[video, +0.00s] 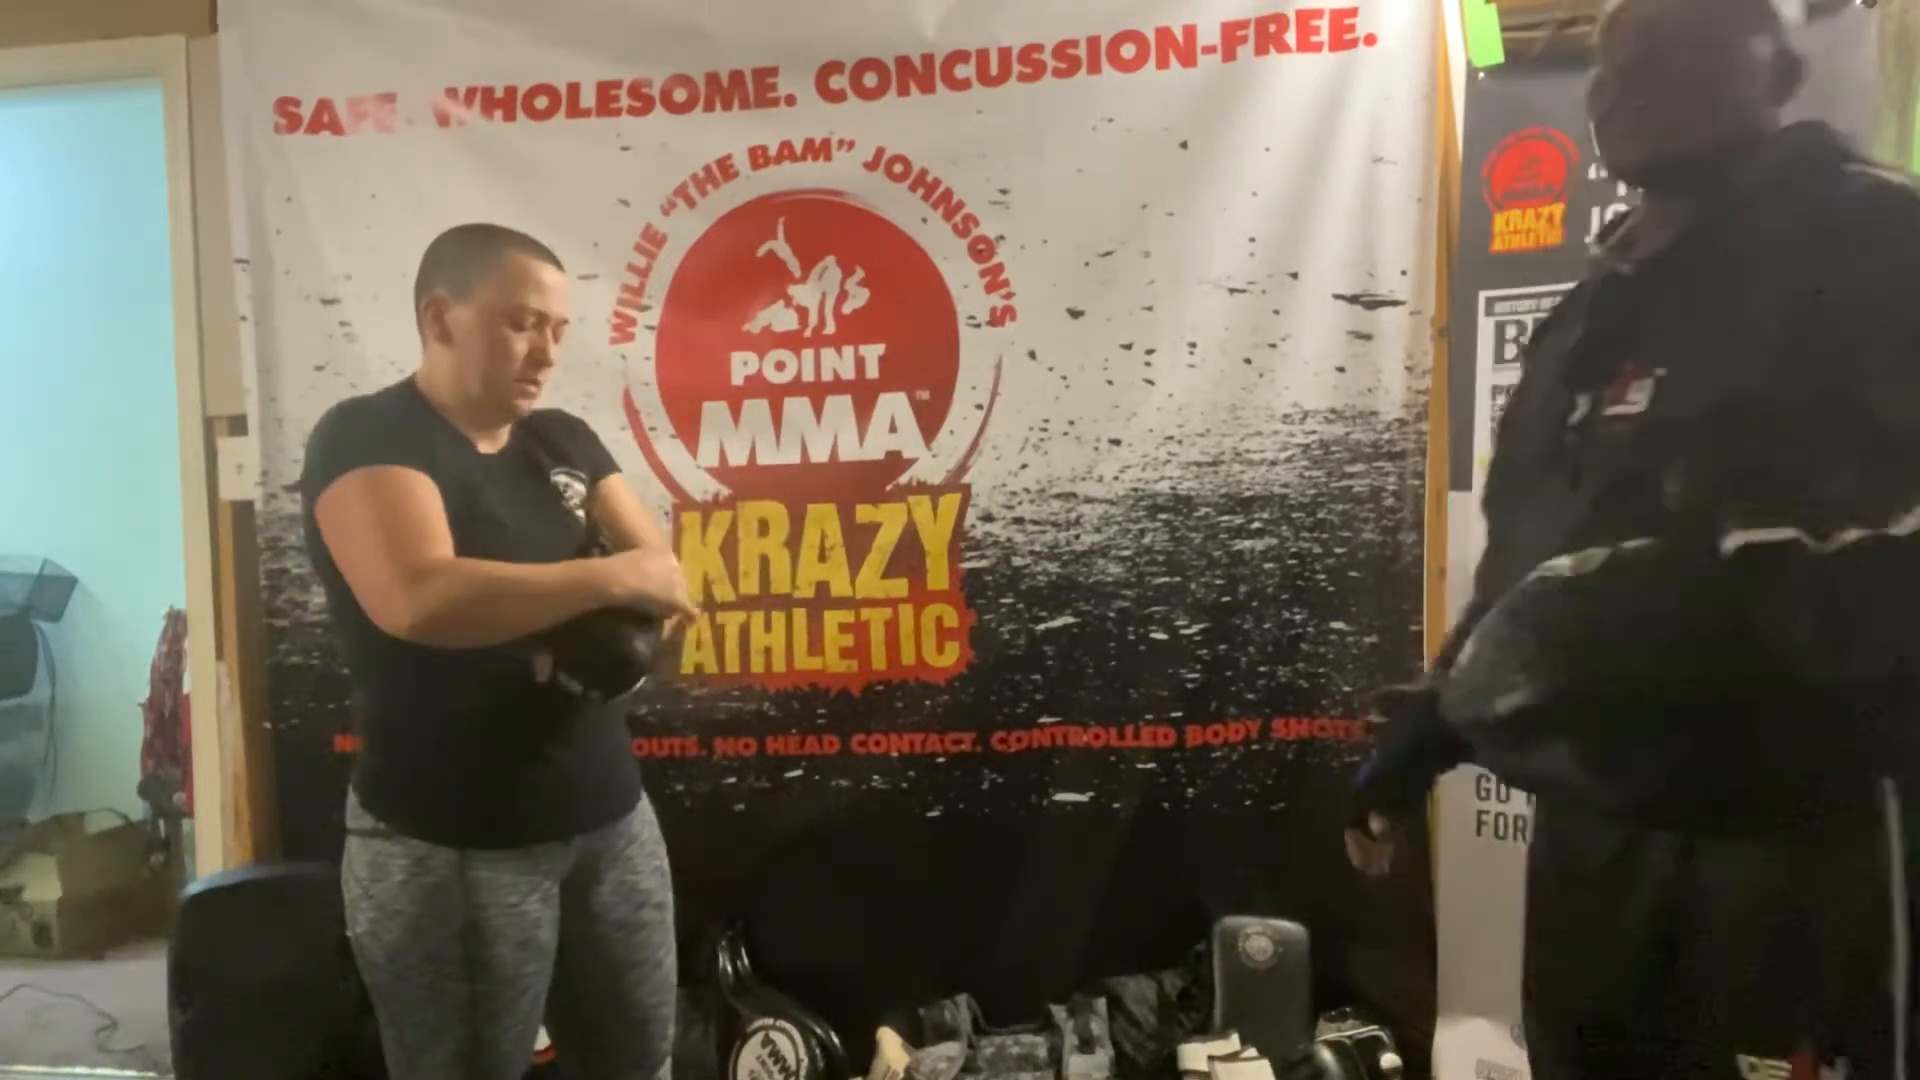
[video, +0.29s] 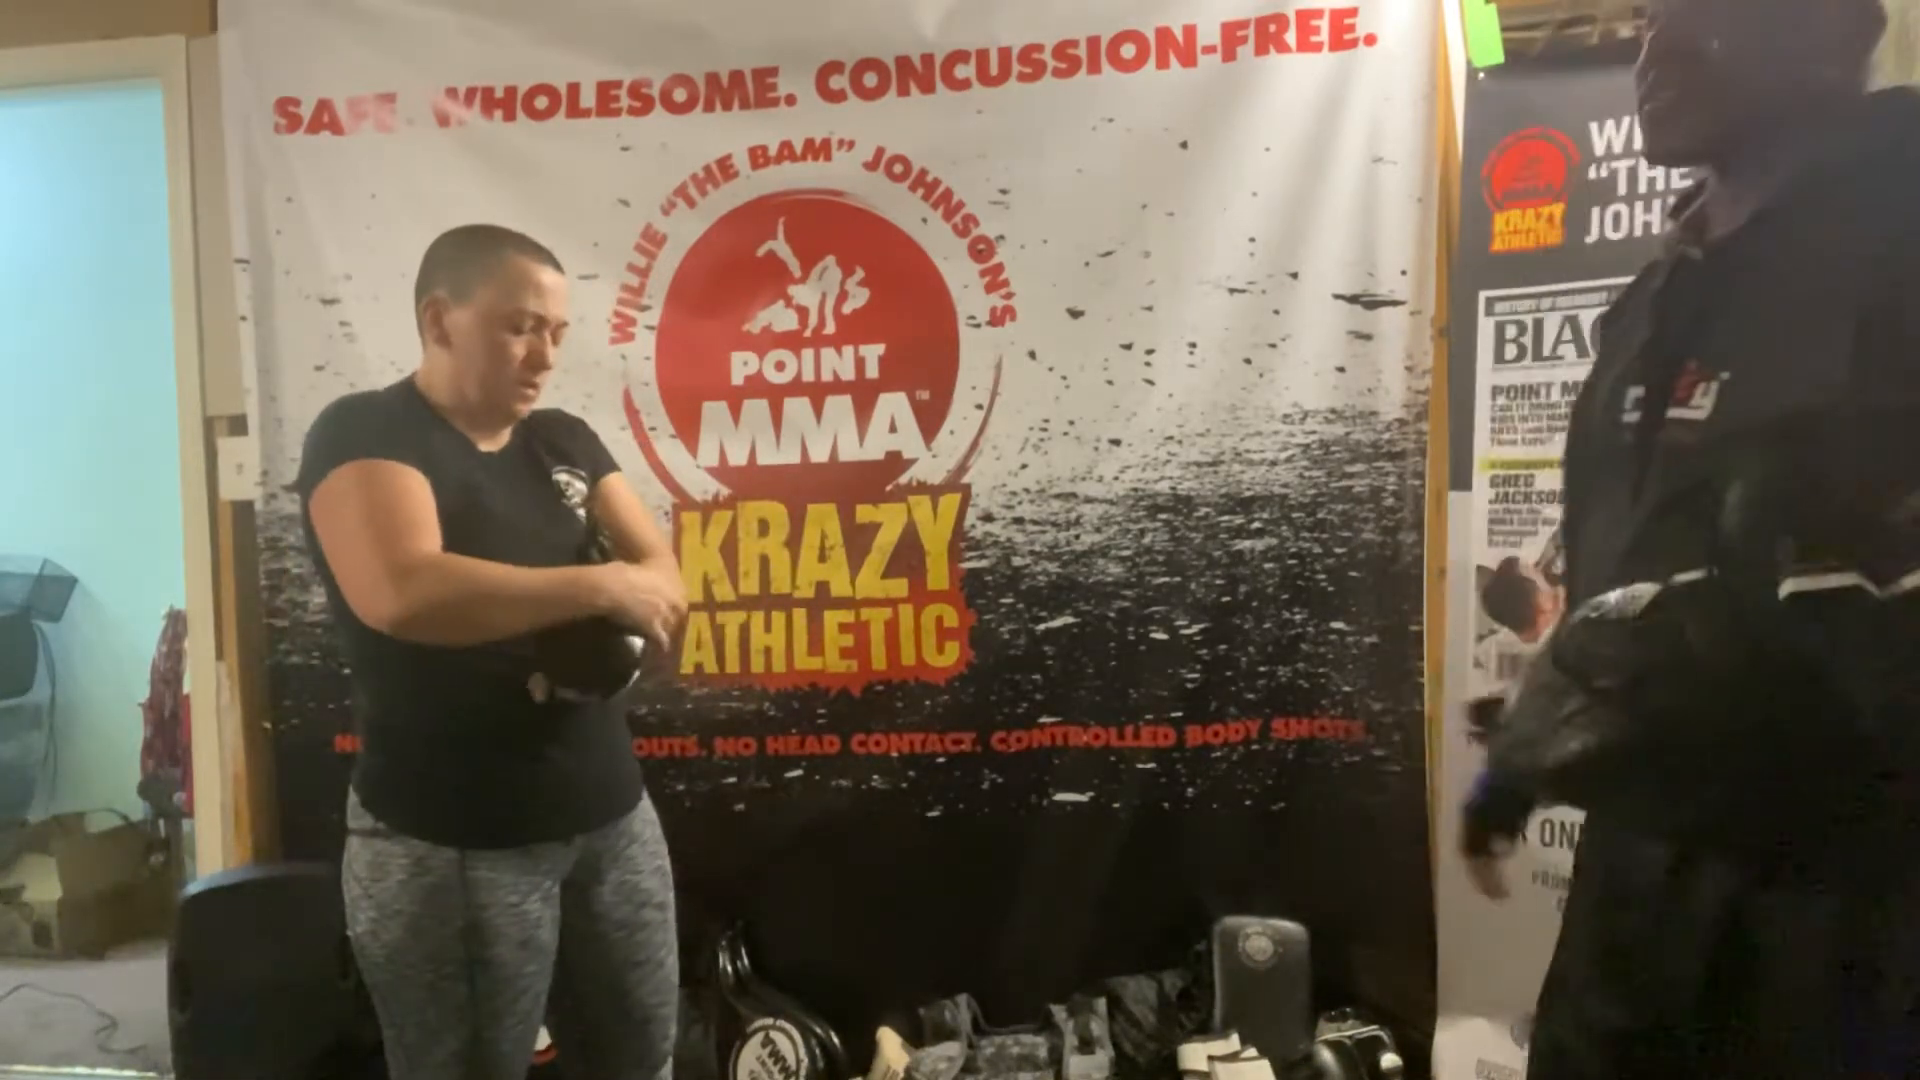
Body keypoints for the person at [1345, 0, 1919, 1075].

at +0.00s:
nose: (1624, 82)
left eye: (1671, 46)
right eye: (1611, 55)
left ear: (1777, 66)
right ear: (1596, 91)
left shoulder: (1879, 233)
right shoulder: (1585, 315)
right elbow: (1523, 578)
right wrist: (1407, 752)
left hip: (1808, 819)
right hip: (1598, 824)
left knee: (1811, 1058)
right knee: (1588, 1053)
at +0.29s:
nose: (1643, 40)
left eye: (1681, 9)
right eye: (1645, 19)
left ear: (1822, 24)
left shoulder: (1892, 196)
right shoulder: (1643, 305)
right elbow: (1615, 591)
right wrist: (1516, 753)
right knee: (1590, 1057)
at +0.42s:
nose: (1652, 40)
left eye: (1698, 7)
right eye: (1663, 16)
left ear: (1837, 25)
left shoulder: (1897, 215)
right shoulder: (1671, 290)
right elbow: (1623, 557)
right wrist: (1565, 775)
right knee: (1606, 1059)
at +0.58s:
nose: (1661, 38)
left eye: (1705, 8)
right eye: (1666, 17)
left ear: (1841, 24)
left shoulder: (1893, 226)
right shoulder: (1696, 281)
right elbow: (1626, 555)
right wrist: (1583, 794)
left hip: (1859, 860)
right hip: (1687, 851)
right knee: (1668, 1053)